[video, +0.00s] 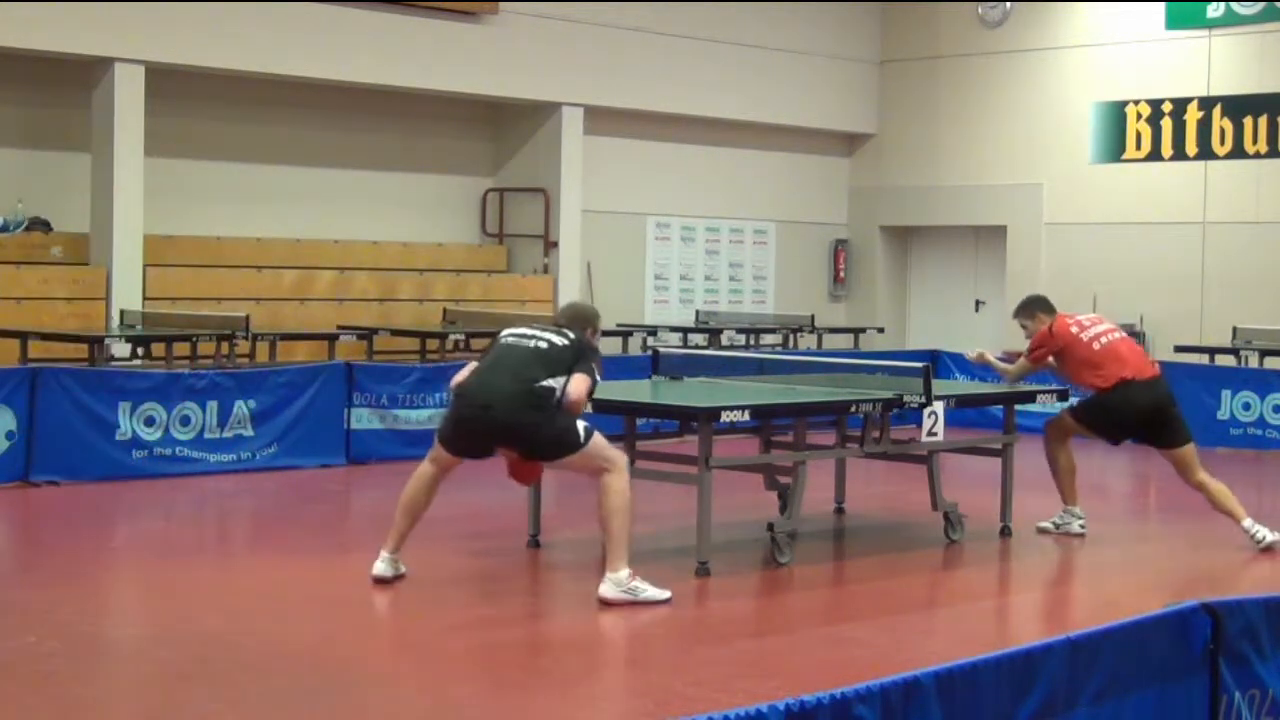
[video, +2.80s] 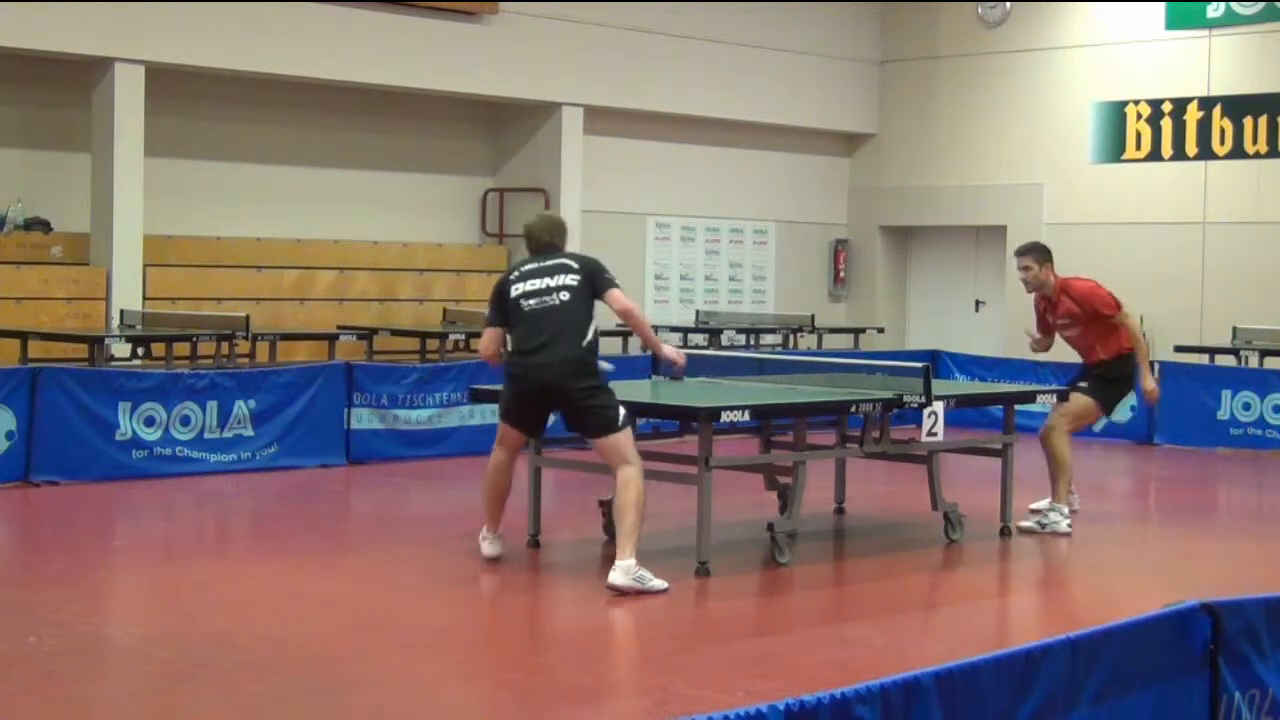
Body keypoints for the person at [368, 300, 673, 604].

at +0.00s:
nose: (597, 342)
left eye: (596, 336)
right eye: (597, 336)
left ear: (559, 322)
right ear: (589, 332)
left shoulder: (512, 334)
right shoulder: (584, 349)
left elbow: (458, 382)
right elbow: (574, 396)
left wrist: (501, 432)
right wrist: (558, 436)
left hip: (471, 408)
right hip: (529, 415)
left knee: (435, 464)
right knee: (615, 465)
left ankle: (386, 557)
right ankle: (618, 576)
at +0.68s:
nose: (595, 338)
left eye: (594, 332)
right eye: (595, 332)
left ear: (555, 319)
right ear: (586, 329)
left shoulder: (516, 331)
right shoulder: (583, 347)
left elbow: (496, 373)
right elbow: (589, 409)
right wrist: (578, 430)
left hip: (470, 409)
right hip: (525, 417)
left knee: (435, 464)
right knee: (616, 466)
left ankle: (386, 556)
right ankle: (618, 576)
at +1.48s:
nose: (589, 305)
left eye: (588, 300)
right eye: (588, 300)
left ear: (544, 296)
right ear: (580, 301)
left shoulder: (512, 313)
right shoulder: (581, 325)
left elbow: (501, 361)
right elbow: (602, 397)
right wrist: (598, 392)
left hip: (472, 404)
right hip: (529, 410)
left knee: (435, 463)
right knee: (616, 465)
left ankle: (386, 557)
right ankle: (618, 576)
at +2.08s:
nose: (594, 279)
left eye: (592, 272)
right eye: (593, 272)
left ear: (550, 271)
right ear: (584, 275)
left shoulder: (518, 297)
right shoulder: (584, 303)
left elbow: (500, 348)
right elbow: (608, 368)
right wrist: (622, 379)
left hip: (486, 400)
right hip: (539, 404)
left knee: (444, 467)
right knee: (625, 469)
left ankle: (389, 556)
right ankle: (619, 577)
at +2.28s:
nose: (595, 237)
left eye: (593, 231)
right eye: (593, 231)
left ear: (549, 233)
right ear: (585, 234)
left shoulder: (519, 263)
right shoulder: (595, 264)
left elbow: (482, 330)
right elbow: (612, 319)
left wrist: (508, 339)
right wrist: (629, 347)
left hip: (505, 366)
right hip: (558, 369)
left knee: (467, 442)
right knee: (633, 444)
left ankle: (431, 534)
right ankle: (622, 547)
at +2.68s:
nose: (582, 244)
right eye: (581, 239)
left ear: (543, 243)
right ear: (580, 241)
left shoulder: (521, 281)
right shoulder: (598, 272)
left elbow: (495, 350)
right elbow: (640, 327)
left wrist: (516, 368)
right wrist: (656, 353)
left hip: (530, 387)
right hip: (583, 387)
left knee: (505, 447)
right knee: (638, 469)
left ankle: (476, 536)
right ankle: (626, 566)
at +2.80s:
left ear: (527, 246)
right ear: (564, 243)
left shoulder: (508, 281)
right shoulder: (584, 266)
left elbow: (488, 351)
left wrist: (513, 353)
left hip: (526, 378)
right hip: (577, 375)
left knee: (504, 449)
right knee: (627, 464)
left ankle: (490, 536)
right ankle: (626, 564)